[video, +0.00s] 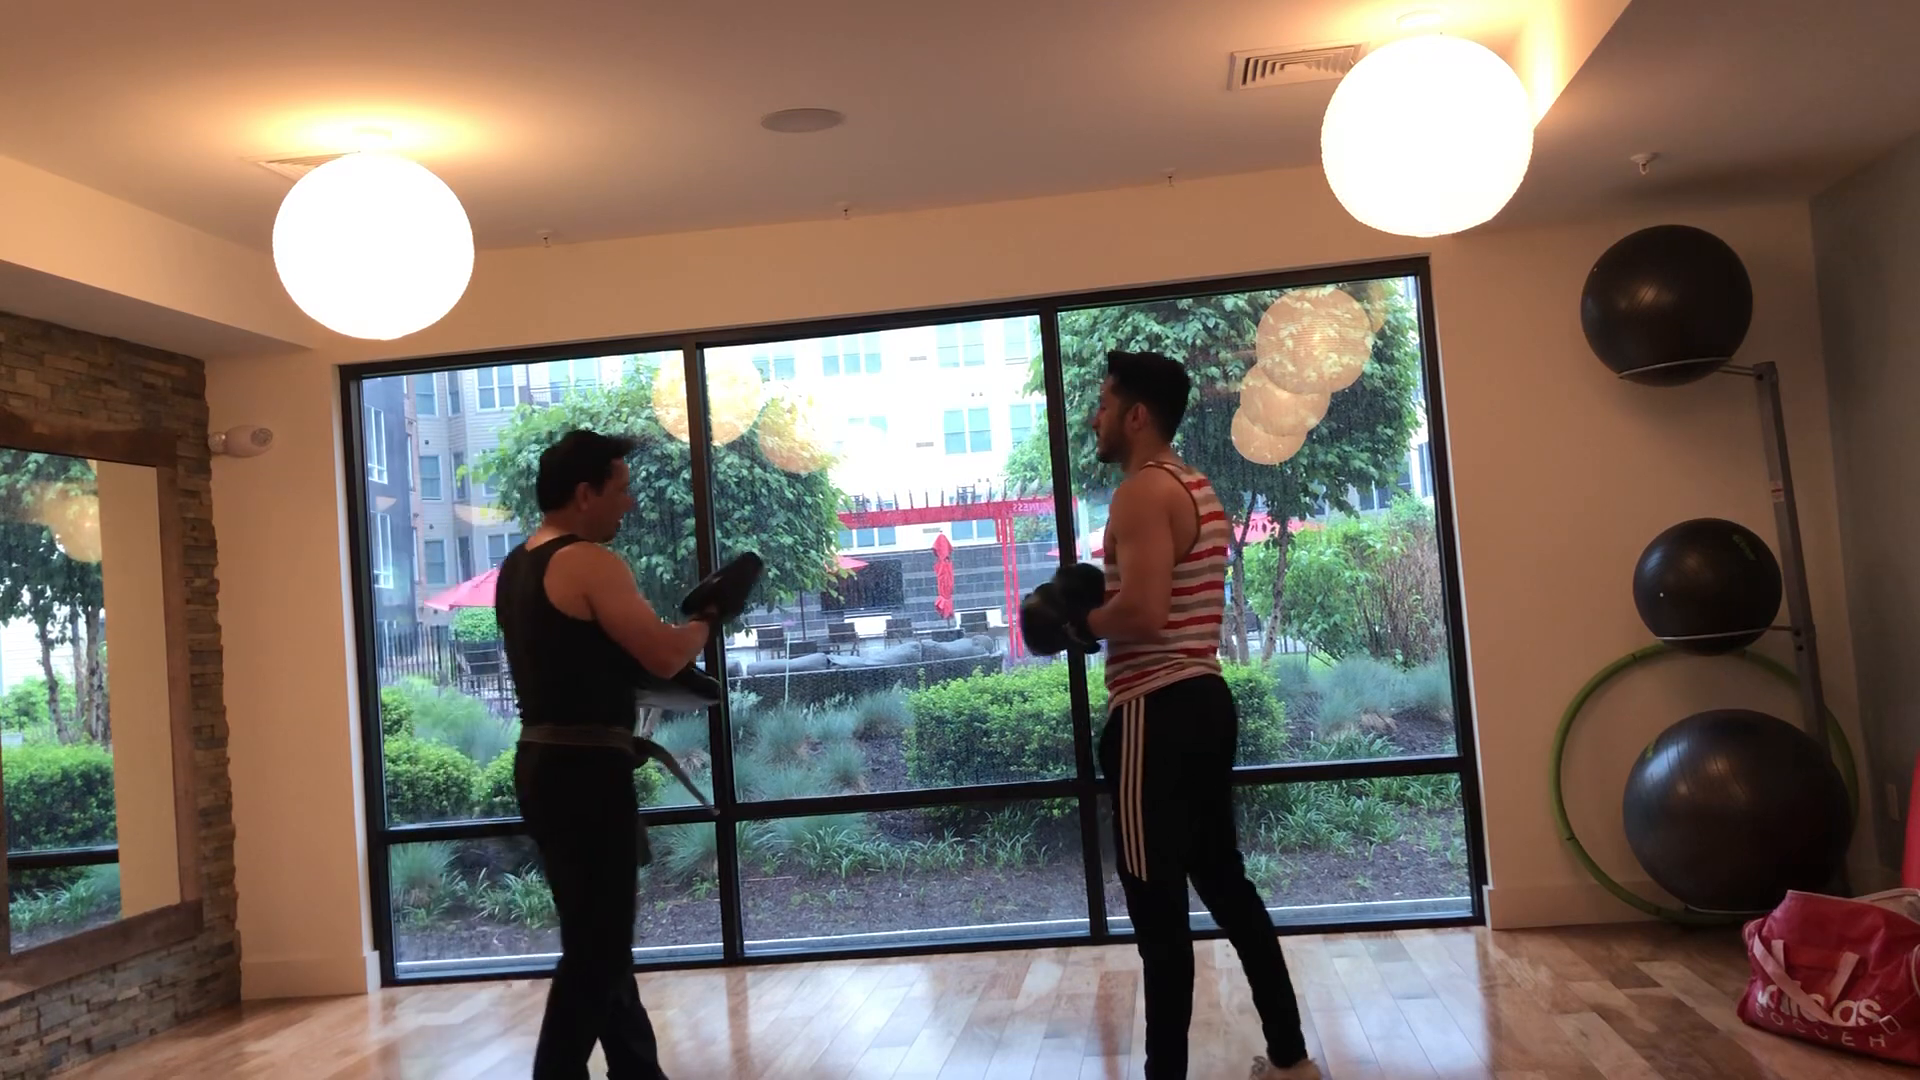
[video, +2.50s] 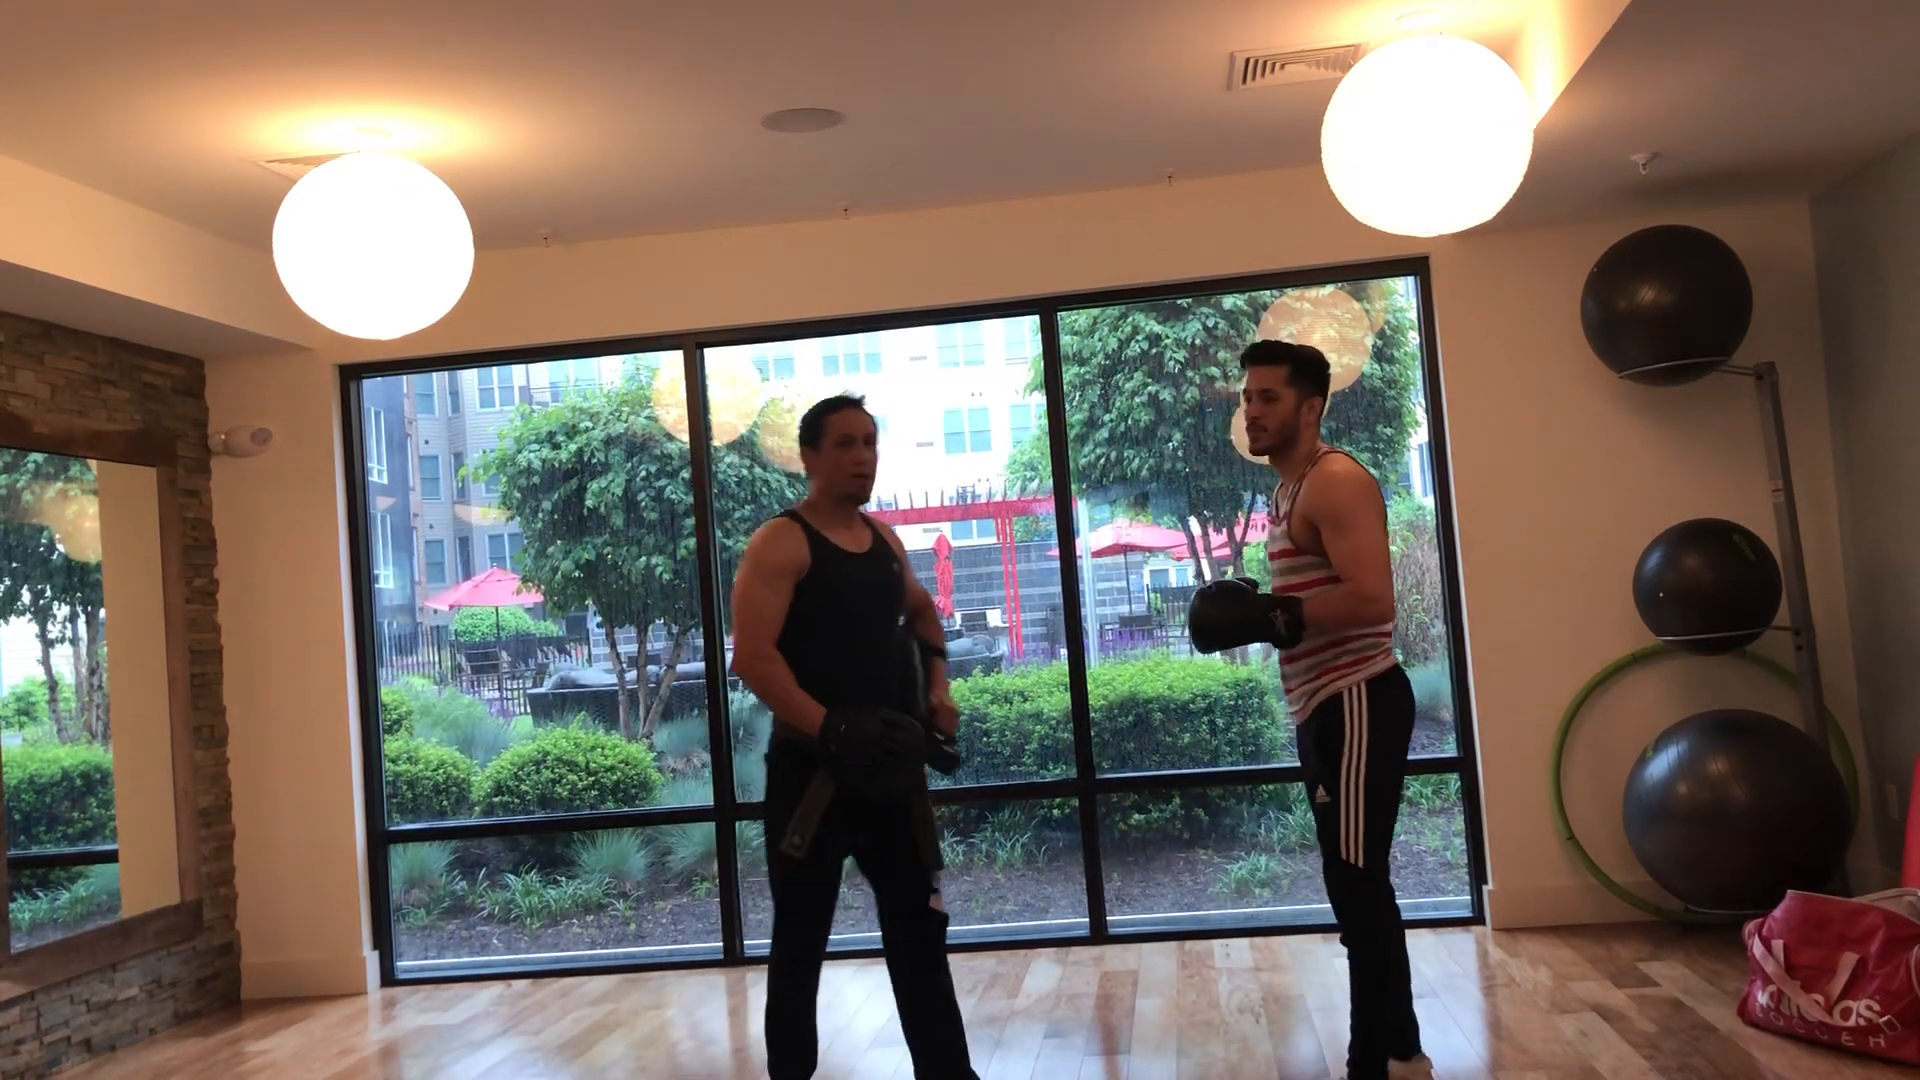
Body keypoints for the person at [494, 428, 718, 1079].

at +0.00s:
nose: (629, 500)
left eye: (628, 486)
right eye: (621, 487)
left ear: (570, 495)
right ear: (584, 495)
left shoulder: (519, 566)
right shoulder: (592, 565)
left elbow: (575, 663)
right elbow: (667, 657)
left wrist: (663, 638)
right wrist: (705, 619)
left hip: (544, 770)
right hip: (589, 772)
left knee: (600, 941)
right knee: (597, 946)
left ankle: (638, 1071)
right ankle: (559, 1073)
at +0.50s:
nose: (674, 482)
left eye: (672, 470)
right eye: (657, 472)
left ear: (630, 488)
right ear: (615, 488)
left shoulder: (613, 551)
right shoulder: (626, 551)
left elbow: (660, 646)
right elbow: (668, 651)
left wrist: (725, 641)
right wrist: (717, 624)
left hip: (631, 756)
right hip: (644, 758)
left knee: (639, 915)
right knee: (682, 914)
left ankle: (636, 1065)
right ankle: (697, 1064)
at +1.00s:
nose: (714, 474)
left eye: (715, 461)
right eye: (696, 466)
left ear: (720, 469)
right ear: (661, 484)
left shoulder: (729, 557)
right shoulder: (650, 560)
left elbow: (771, 625)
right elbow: (679, 661)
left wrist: (813, 656)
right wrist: (762, 633)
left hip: (739, 748)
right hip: (676, 756)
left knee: (790, 886)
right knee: (687, 914)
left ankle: (749, 1042)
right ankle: (693, 1061)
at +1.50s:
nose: (789, 470)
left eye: (797, 458)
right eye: (773, 459)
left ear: (807, 468)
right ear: (741, 472)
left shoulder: (817, 549)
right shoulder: (712, 548)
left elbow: (853, 634)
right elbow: (680, 648)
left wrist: (861, 664)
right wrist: (777, 674)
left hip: (808, 739)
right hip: (739, 744)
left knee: (815, 911)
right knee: (754, 911)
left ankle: (813, 1065)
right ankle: (737, 1063)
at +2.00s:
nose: (804, 468)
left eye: (813, 454)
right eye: (787, 457)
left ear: (824, 464)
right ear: (755, 470)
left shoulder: (840, 551)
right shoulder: (723, 552)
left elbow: (865, 641)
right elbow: (694, 657)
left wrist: (890, 700)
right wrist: (794, 693)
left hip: (833, 754)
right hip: (753, 760)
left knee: (879, 909)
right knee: (772, 927)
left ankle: (831, 1036)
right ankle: (784, 1068)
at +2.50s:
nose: (863, 457)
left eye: (870, 444)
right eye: (845, 445)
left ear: (878, 454)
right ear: (809, 458)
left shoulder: (881, 537)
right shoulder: (777, 544)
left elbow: (923, 618)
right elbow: (751, 657)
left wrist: (938, 686)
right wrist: (829, 728)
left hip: (890, 762)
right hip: (809, 768)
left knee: (918, 929)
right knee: (800, 940)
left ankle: (947, 1073)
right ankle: (790, 1073)